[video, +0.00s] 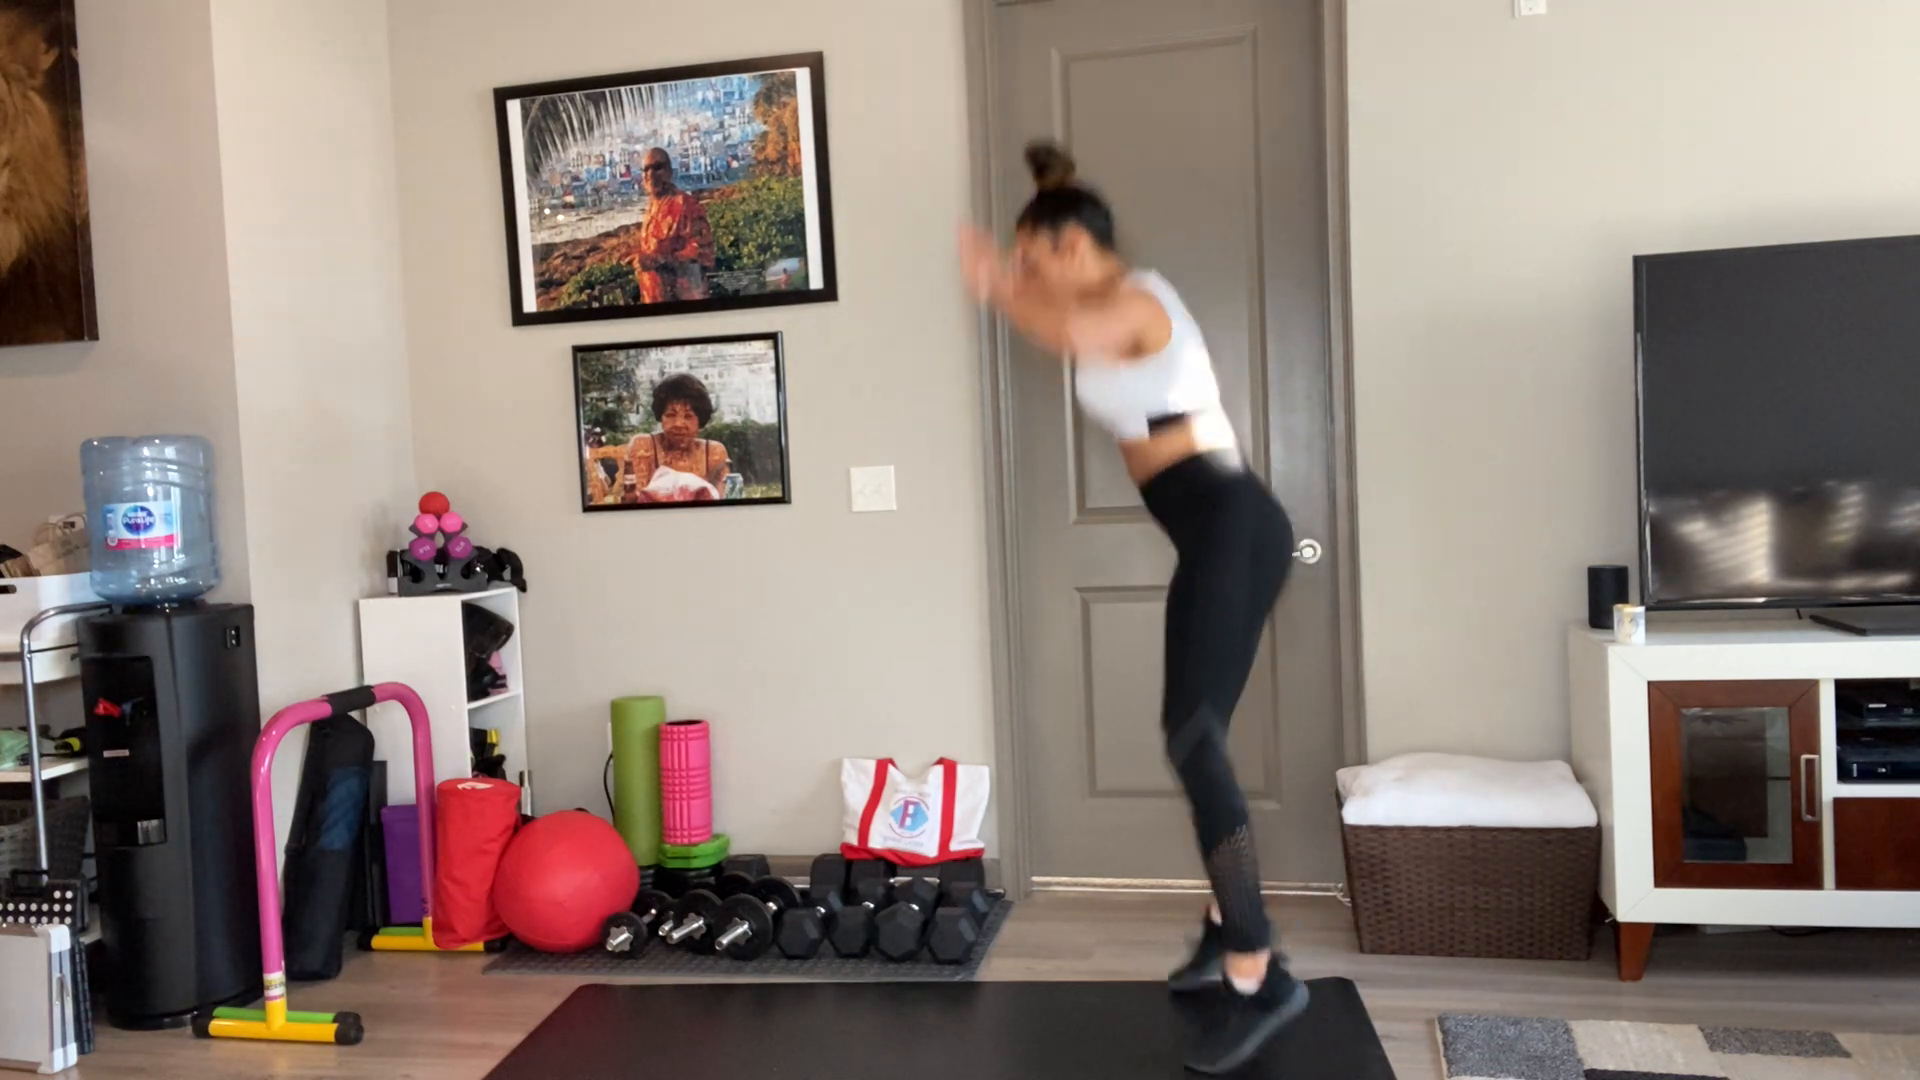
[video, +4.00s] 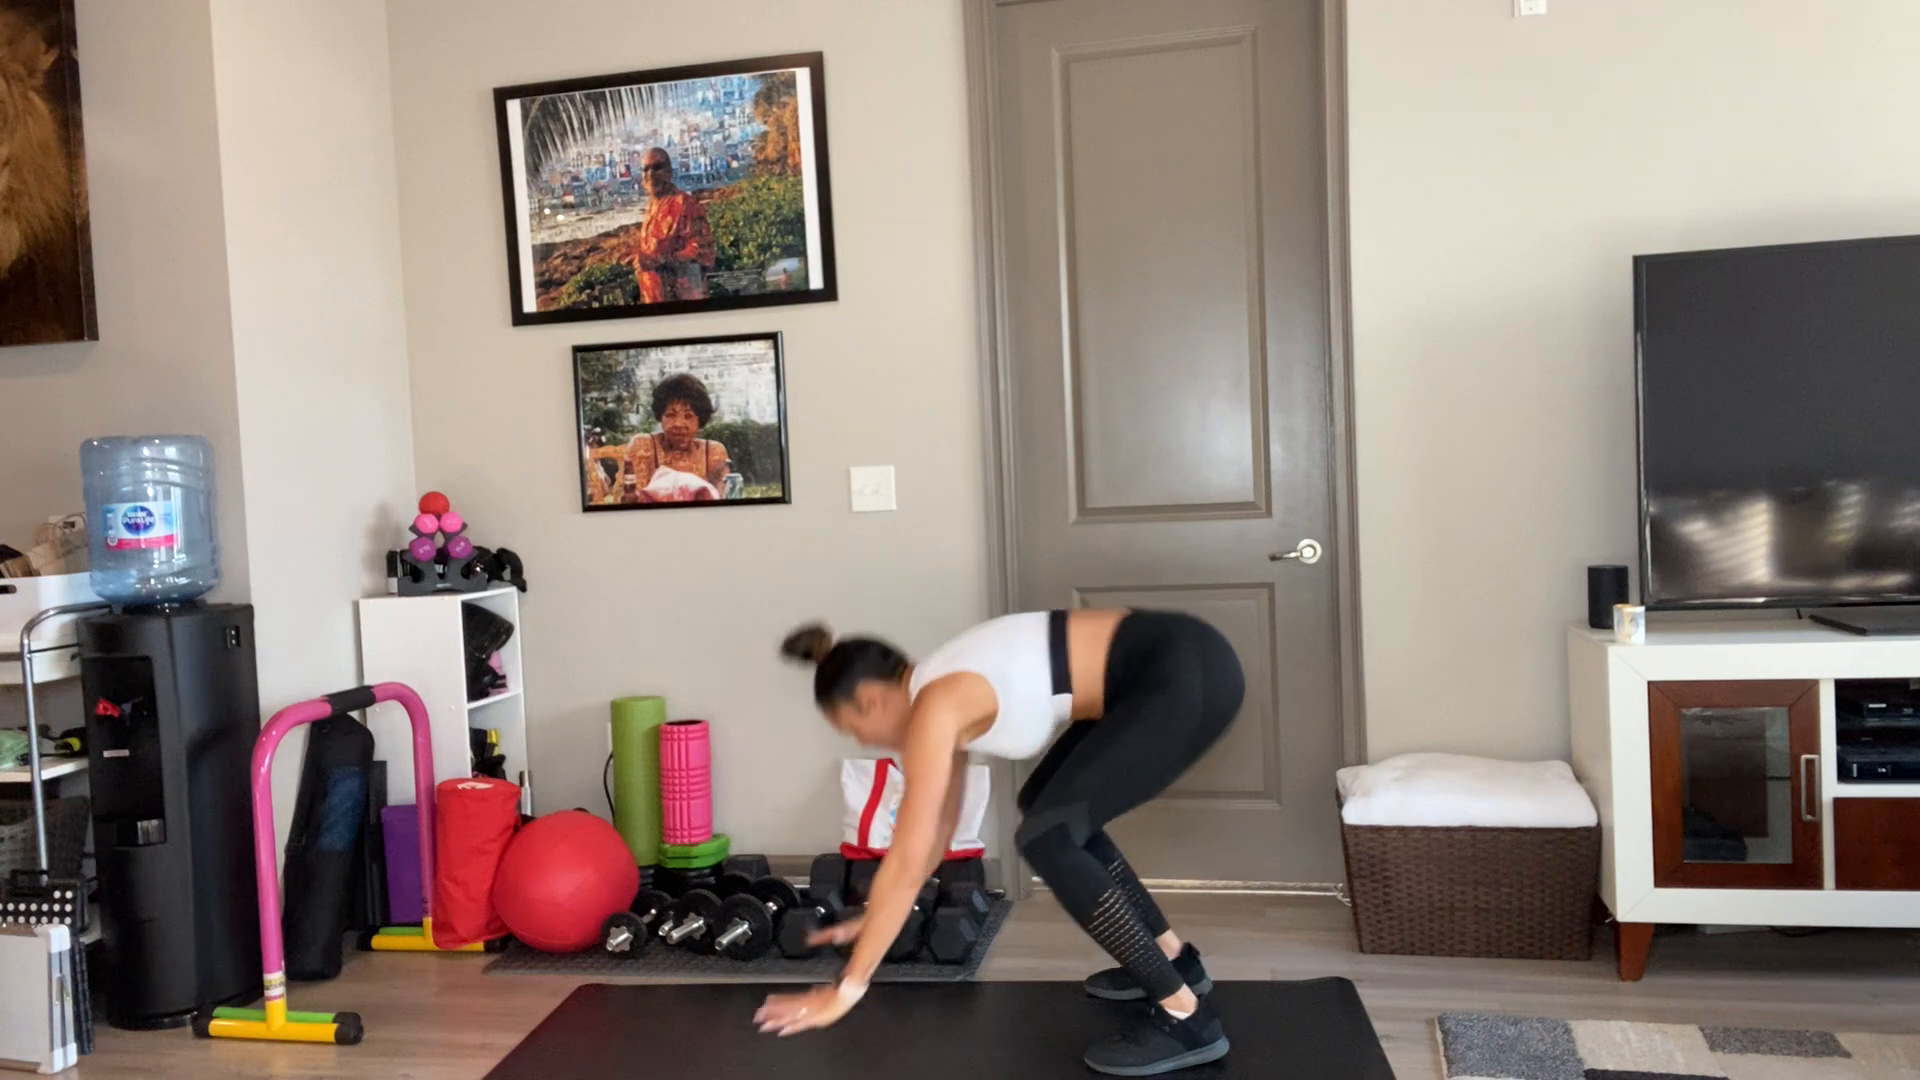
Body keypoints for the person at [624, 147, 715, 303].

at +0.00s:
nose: (650, 174)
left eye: (657, 167)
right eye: (646, 169)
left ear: (670, 172)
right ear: (642, 175)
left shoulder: (686, 204)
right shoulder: (653, 206)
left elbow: (703, 254)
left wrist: (656, 260)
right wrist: (639, 257)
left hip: (682, 297)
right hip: (654, 297)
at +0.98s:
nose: (650, 174)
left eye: (657, 167)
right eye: (646, 169)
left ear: (670, 172)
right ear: (642, 176)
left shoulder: (686, 204)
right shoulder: (653, 206)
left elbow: (703, 255)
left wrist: (655, 260)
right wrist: (639, 257)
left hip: (683, 297)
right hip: (655, 297)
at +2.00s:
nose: (650, 174)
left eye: (657, 167)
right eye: (646, 169)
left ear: (670, 172)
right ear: (642, 176)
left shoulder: (686, 204)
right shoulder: (653, 206)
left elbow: (703, 255)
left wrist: (655, 260)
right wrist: (638, 256)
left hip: (683, 297)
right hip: (655, 297)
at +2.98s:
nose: (650, 174)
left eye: (657, 167)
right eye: (646, 169)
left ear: (670, 172)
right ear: (642, 176)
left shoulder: (686, 204)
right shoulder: (653, 206)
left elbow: (703, 255)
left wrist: (655, 260)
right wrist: (638, 257)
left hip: (683, 297)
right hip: (655, 297)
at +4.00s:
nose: (650, 174)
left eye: (657, 167)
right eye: (645, 169)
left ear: (669, 171)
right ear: (642, 176)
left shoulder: (686, 204)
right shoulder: (653, 207)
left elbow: (702, 254)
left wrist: (657, 261)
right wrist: (638, 257)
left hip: (683, 297)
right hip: (655, 297)